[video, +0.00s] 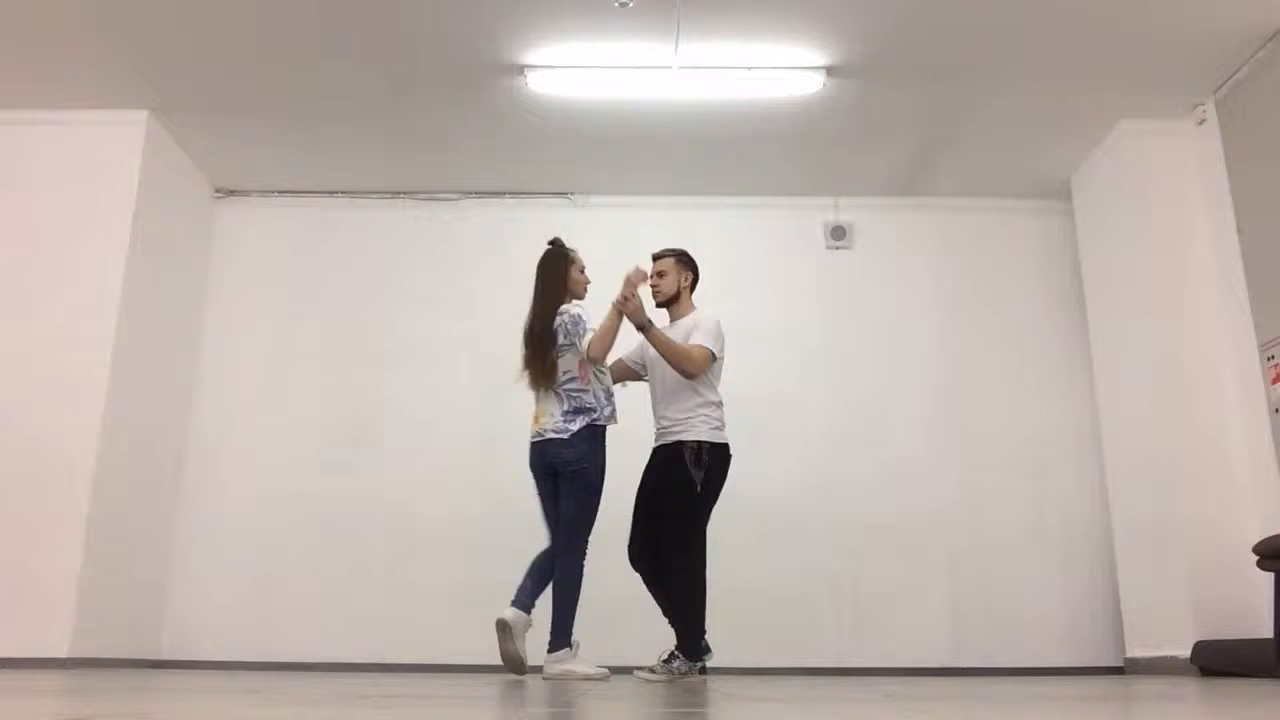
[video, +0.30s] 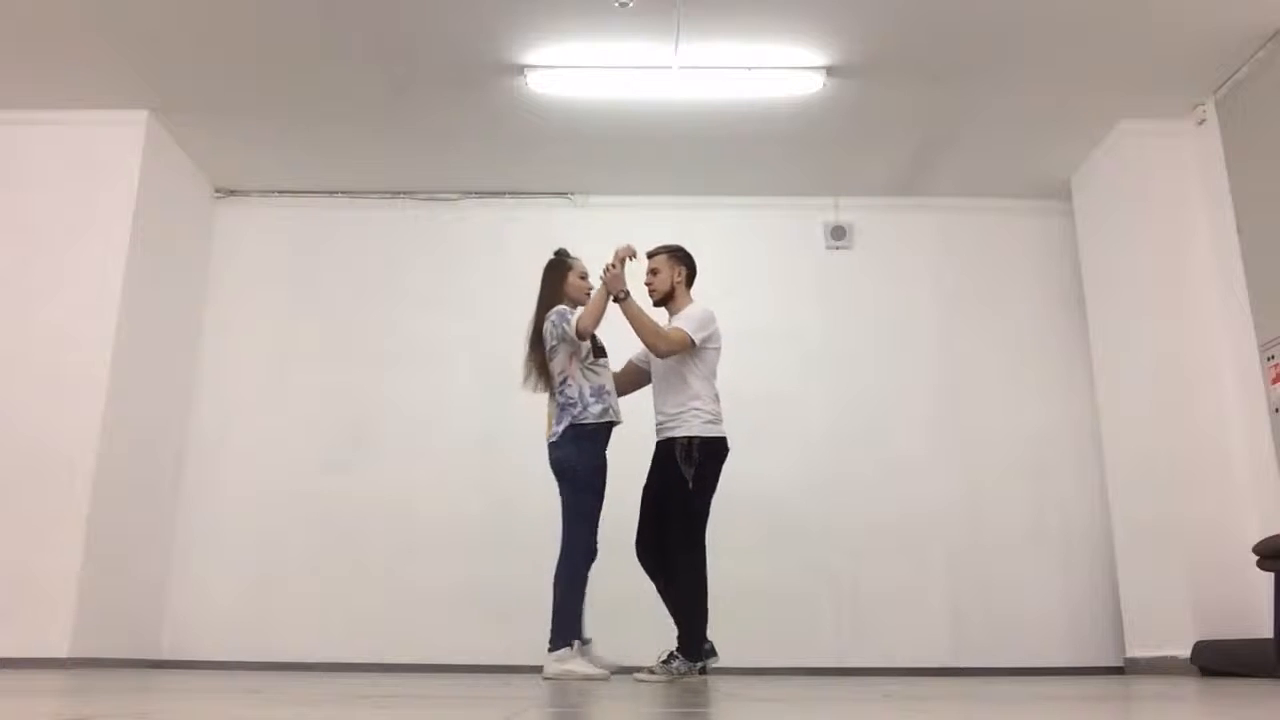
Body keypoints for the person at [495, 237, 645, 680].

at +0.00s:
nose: (587, 277)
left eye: (585, 270)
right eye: (581, 270)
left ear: (551, 277)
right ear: (565, 275)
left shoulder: (538, 322)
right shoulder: (571, 314)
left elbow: (561, 377)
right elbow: (597, 353)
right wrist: (620, 302)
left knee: (560, 543)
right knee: (572, 547)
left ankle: (517, 614)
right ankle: (560, 652)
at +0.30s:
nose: (591, 283)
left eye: (589, 278)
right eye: (582, 277)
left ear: (576, 285)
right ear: (561, 281)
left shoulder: (573, 323)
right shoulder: (556, 317)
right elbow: (587, 325)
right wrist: (610, 278)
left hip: (587, 438)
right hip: (578, 440)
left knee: (583, 546)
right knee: (577, 547)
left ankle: (573, 645)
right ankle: (561, 651)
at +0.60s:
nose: (593, 279)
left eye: (593, 275)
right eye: (584, 274)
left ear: (588, 284)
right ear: (565, 282)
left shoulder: (585, 332)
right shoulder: (563, 314)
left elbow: (620, 389)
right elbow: (589, 305)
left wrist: (659, 356)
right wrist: (620, 258)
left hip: (589, 439)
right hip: (576, 439)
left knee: (621, 538)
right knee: (582, 541)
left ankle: (585, 636)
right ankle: (559, 653)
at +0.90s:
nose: (600, 283)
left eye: (600, 276)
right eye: (591, 276)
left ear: (586, 282)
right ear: (569, 281)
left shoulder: (583, 320)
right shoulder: (572, 313)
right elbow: (607, 293)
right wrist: (640, 250)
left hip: (586, 435)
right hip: (578, 436)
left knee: (609, 538)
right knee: (603, 540)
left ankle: (573, 638)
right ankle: (565, 648)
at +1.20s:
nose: (604, 280)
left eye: (603, 273)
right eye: (596, 273)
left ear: (587, 278)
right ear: (575, 276)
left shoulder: (586, 314)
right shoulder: (576, 309)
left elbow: (620, 293)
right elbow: (616, 287)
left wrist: (648, 252)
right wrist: (650, 245)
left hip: (578, 440)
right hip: (571, 440)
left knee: (585, 542)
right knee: (583, 543)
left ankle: (558, 643)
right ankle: (559, 651)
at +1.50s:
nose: (602, 281)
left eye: (601, 276)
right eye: (595, 275)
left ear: (580, 280)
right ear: (578, 279)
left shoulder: (581, 320)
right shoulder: (576, 311)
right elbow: (612, 287)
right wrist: (641, 242)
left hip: (568, 444)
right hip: (581, 445)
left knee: (573, 548)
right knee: (599, 550)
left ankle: (513, 632)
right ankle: (563, 652)